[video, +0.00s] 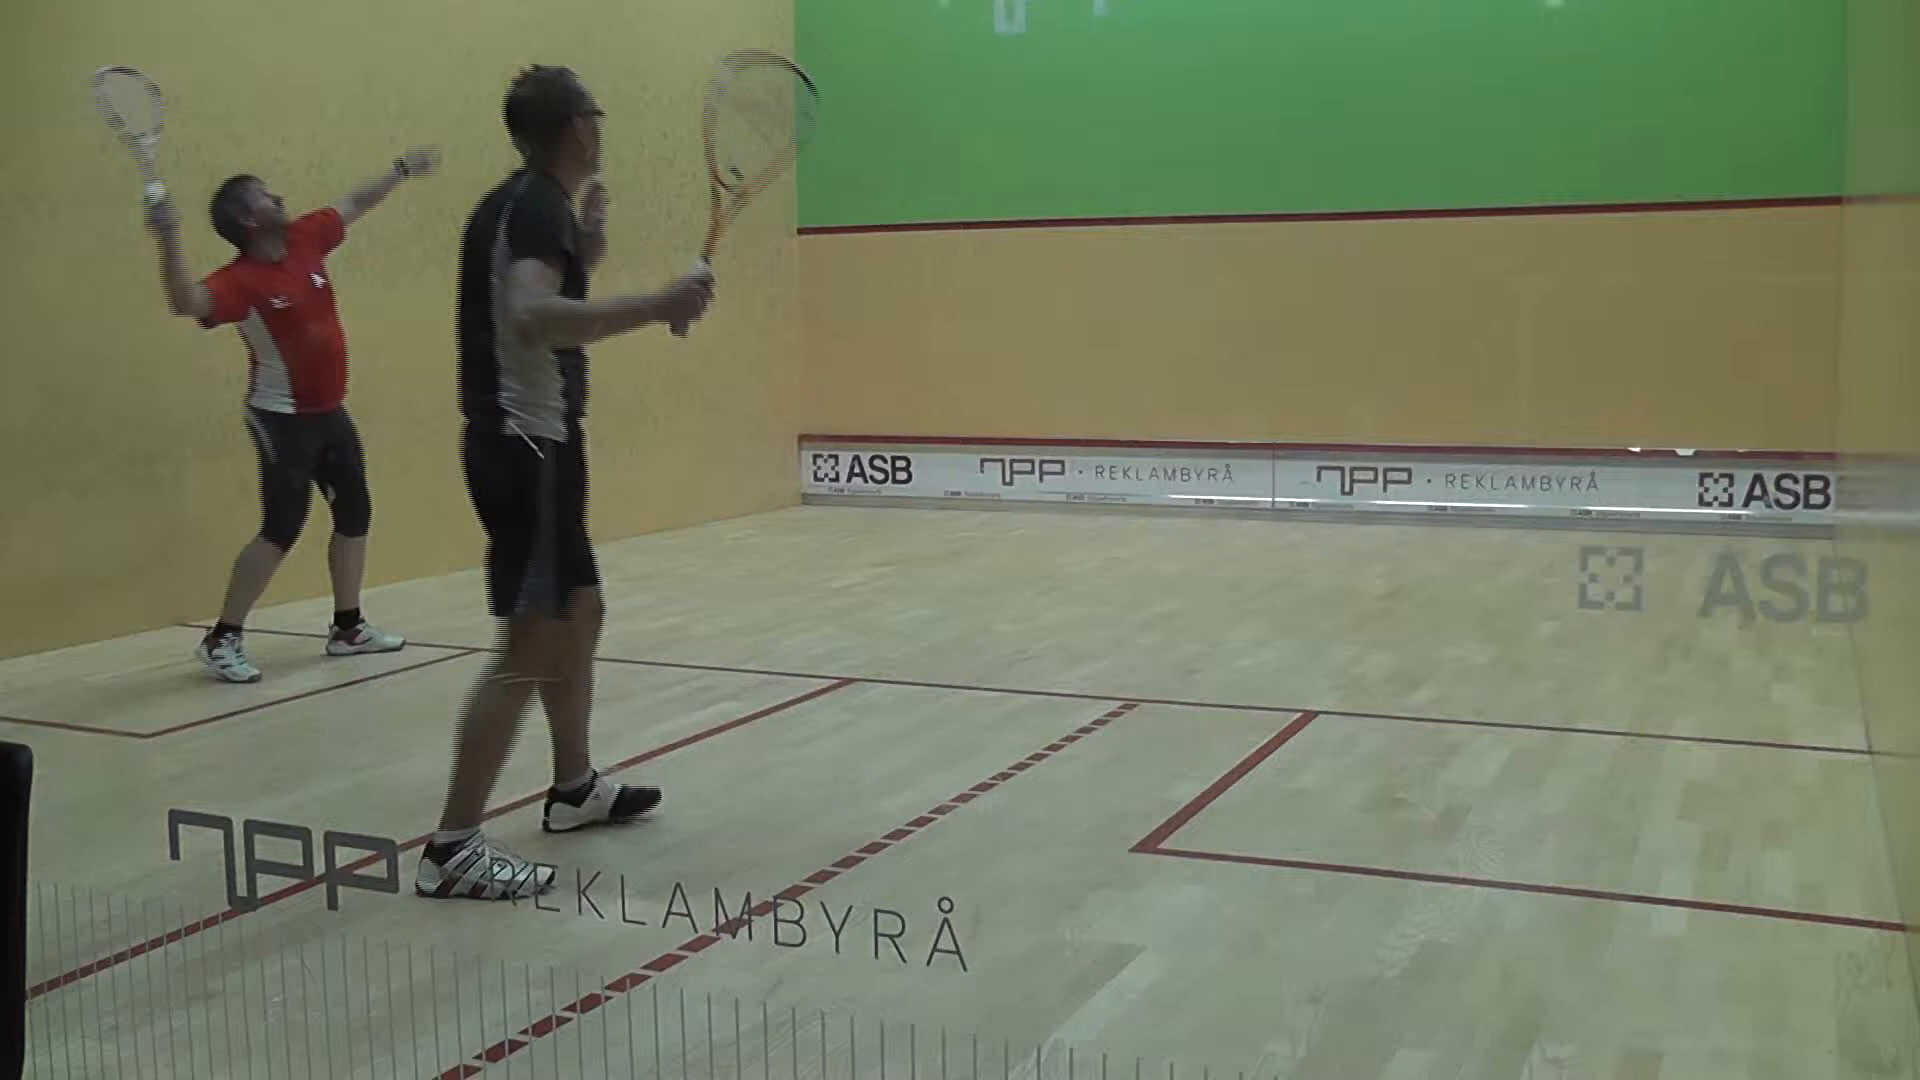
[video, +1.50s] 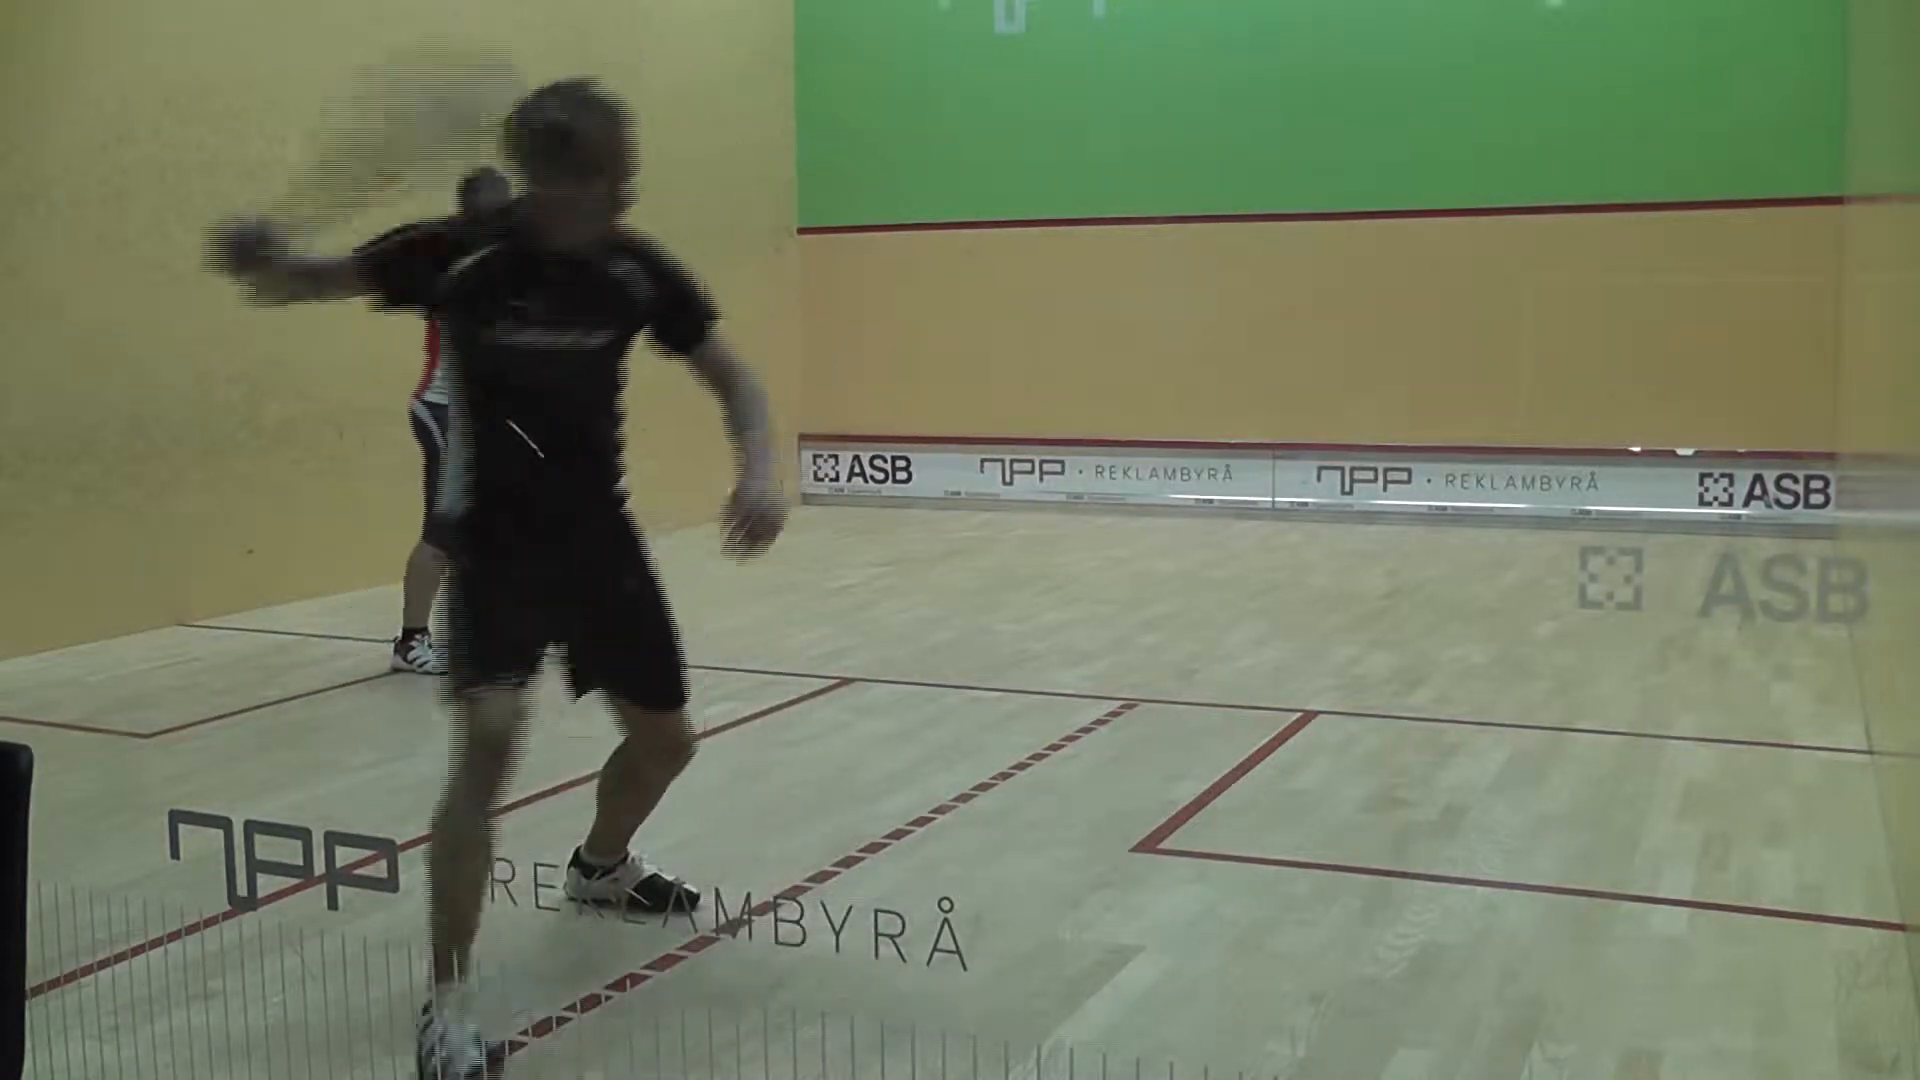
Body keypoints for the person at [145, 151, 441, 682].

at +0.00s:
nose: (276, 196)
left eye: (270, 191)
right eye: (264, 196)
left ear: (261, 215)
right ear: (247, 220)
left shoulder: (307, 237)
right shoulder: (241, 280)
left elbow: (355, 205)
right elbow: (185, 302)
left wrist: (399, 172)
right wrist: (168, 240)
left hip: (328, 412)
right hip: (279, 418)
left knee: (354, 511)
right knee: (282, 526)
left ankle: (348, 629)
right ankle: (223, 639)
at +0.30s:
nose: (341, 201)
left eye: (336, 193)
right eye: (331, 195)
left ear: (304, 212)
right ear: (311, 207)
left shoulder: (330, 258)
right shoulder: (306, 260)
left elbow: (340, 321)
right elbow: (355, 264)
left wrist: (388, 332)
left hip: (342, 400)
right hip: (315, 401)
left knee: (355, 512)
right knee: (314, 516)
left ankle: (348, 628)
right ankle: (242, 618)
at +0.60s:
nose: (397, 224)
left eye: (394, 215)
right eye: (392, 216)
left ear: (345, 225)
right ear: (378, 223)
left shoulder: (307, 266)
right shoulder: (400, 278)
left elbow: (283, 340)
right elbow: (390, 355)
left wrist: (336, 333)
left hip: (308, 391)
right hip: (357, 389)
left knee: (337, 505)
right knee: (372, 499)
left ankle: (347, 624)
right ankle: (330, 610)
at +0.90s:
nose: (423, 219)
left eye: (421, 210)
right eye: (416, 210)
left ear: (371, 217)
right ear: (393, 216)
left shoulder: (334, 264)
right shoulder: (415, 271)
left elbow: (310, 339)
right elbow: (447, 351)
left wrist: (349, 375)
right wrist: (472, 407)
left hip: (329, 398)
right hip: (376, 397)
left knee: (351, 509)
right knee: (419, 507)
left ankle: (346, 628)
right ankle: (417, 631)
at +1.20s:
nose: (449, 214)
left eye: (451, 205)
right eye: (438, 206)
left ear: (448, 210)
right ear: (408, 213)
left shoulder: (421, 264)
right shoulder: (416, 267)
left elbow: (472, 334)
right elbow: (470, 337)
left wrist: (536, 361)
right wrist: (535, 370)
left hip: (419, 403)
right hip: (406, 406)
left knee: (439, 512)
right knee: (434, 518)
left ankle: (377, 601)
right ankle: (411, 642)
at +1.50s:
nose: (498, 221)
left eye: (503, 211)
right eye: (488, 212)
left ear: (511, 207)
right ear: (467, 211)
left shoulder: (526, 253)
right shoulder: (445, 250)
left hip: (500, 407)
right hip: (446, 404)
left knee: (499, 519)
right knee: (447, 521)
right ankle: (412, 637)